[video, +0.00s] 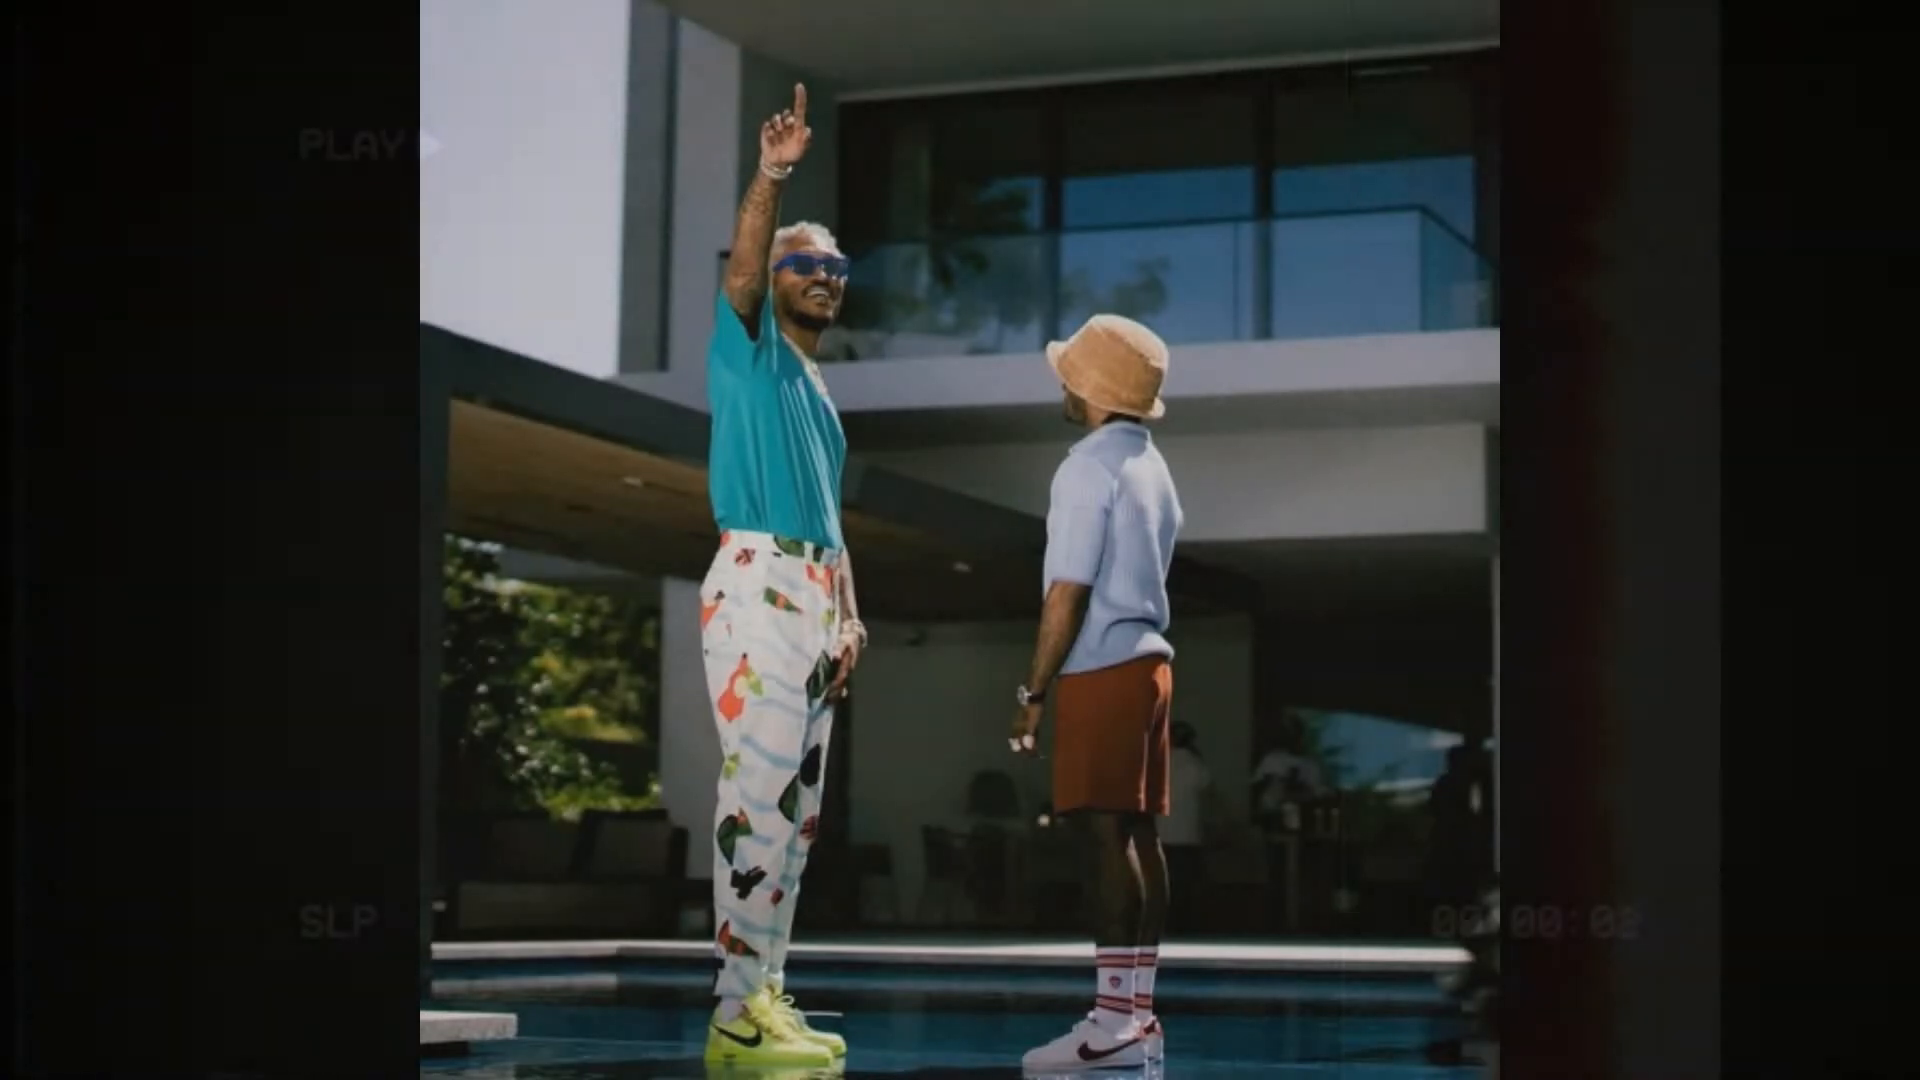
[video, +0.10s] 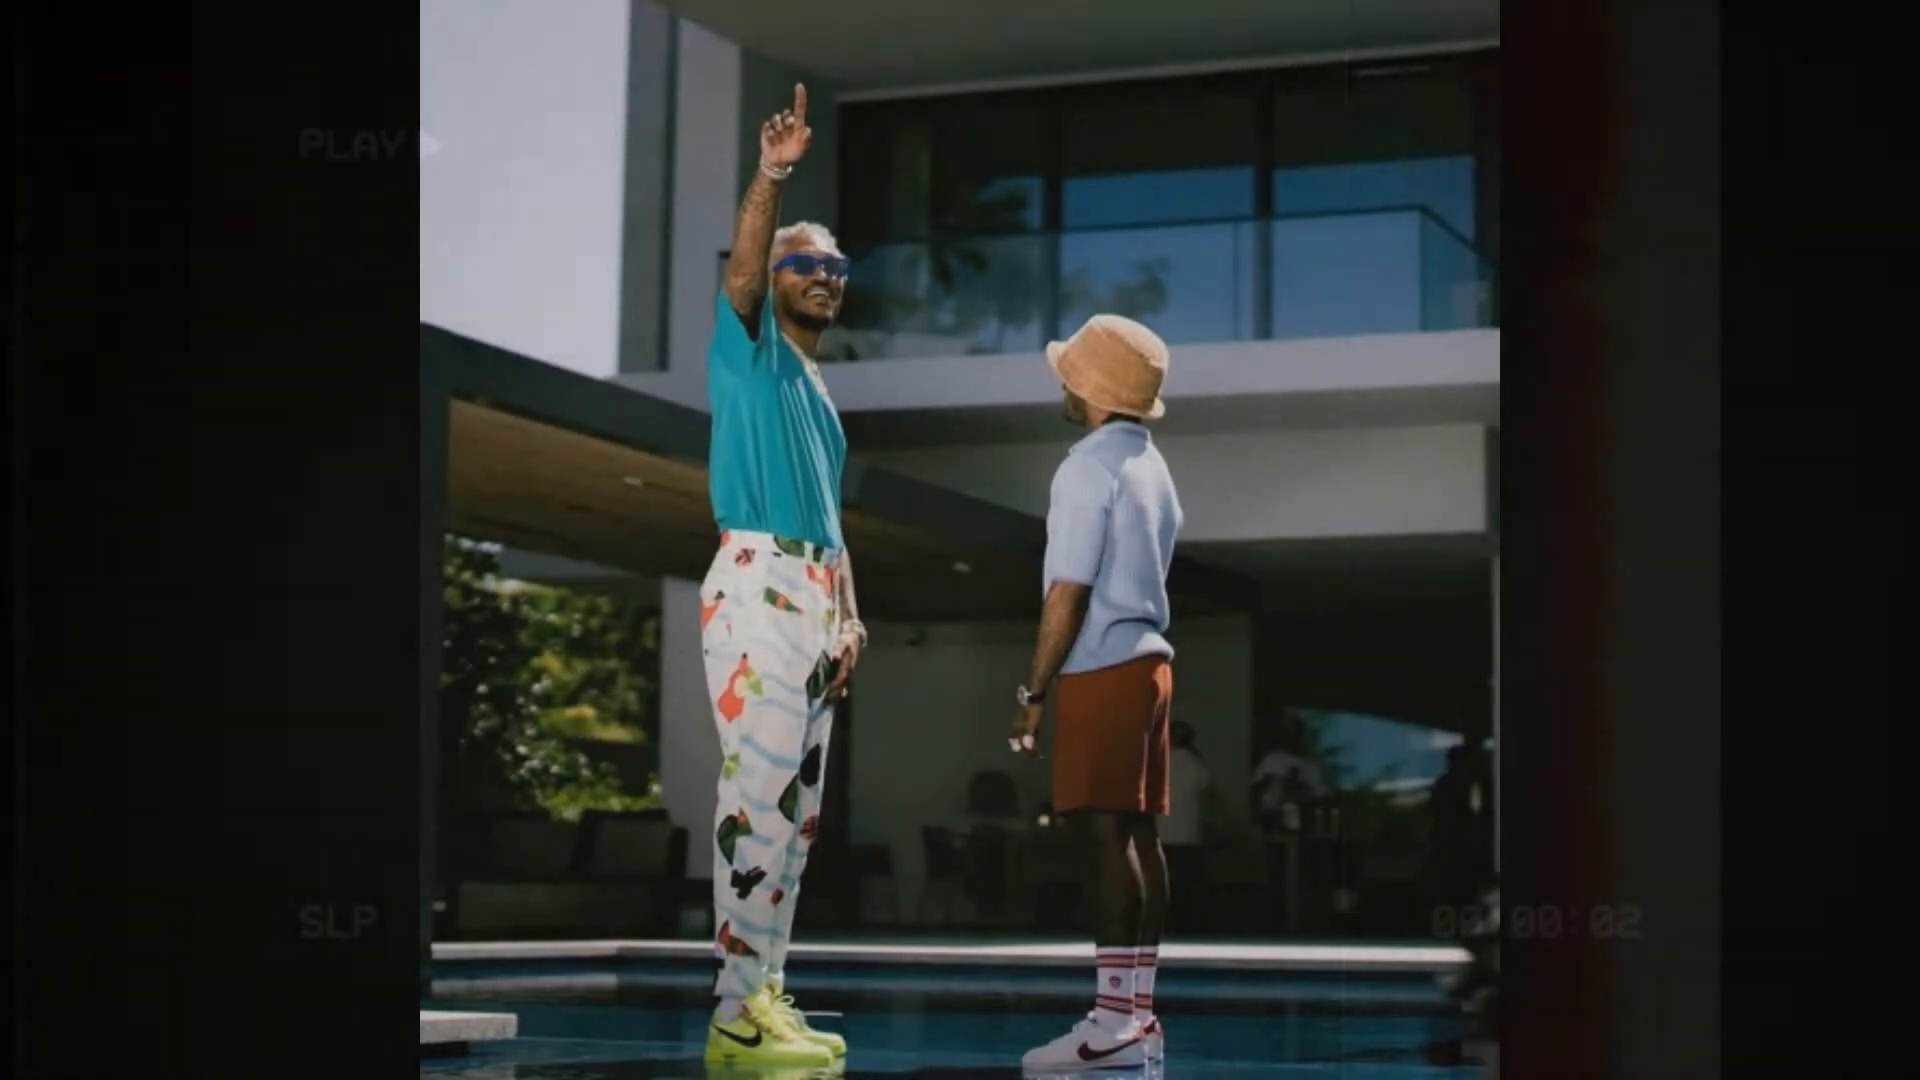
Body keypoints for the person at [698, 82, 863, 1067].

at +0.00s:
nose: (822, 281)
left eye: (833, 272)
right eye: (805, 267)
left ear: (842, 292)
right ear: (770, 279)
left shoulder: (819, 395)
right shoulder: (744, 344)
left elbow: (827, 521)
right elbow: (744, 266)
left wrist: (847, 613)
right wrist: (770, 173)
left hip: (813, 590)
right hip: (756, 582)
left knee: (793, 799)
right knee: (759, 793)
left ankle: (758, 1003)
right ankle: (746, 1006)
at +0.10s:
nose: (823, 281)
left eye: (834, 272)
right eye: (805, 267)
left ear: (842, 292)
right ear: (770, 279)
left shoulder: (818, 395)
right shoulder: (744, 344)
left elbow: (827, 520)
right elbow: (744, 267)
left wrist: (847, 612)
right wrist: (770, 172)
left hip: (813, 591)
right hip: (756, 583)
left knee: (793, 800)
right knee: (759, 794)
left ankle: (757, 1004)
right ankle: (747, 1006)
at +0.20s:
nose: (823, 282)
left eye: (834, 273)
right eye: (806, 268)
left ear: (841, 292)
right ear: (770, 278)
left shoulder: (818, 394)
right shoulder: (744, 344)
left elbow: (827, 520)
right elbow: (743, 268)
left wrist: (847, 612)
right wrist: (770, 173)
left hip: (813, 590)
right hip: (756, 583)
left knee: (793, 800)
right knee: (759, 794)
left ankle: (758, 1003)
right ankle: (746, 1006)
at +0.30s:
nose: (823, 283)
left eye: (834, 273)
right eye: (806, 268)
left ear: (841, 292)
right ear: (770, 278)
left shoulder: (818, 394)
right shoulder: (744, 344)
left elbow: (827, 520)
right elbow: (743, 268)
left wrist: (847, 612)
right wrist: (769, 173)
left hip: (813, 591)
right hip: (756, 583)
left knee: (793, 800)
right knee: (759, 794)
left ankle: (758, 1003)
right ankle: (746, 1006)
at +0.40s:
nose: (823, 281)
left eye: (834, 272)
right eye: (805, 267)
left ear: (842, 292)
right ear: (770, 278)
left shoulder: (818, 395)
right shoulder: (744, 344)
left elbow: (827, 520)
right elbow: (743, 268)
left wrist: (847, 612)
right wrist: (770, 173)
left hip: (813, 591)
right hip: (756, 583)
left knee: (793, 800)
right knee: (759, 794)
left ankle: (757, 1004)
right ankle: (747, 1006)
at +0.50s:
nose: (823, 283)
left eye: (834, 273)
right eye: (806, 268)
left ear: (842, 292)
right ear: (770, 278)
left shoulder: (818, 394)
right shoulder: (744, 343)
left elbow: (827, 520)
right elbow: (743, 268)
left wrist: (847, 612)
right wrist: (770, 174)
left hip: (813, 590)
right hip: (756, 582)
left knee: (793, 799)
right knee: (759, 793)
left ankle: (758, 1003)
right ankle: (746, 1006)